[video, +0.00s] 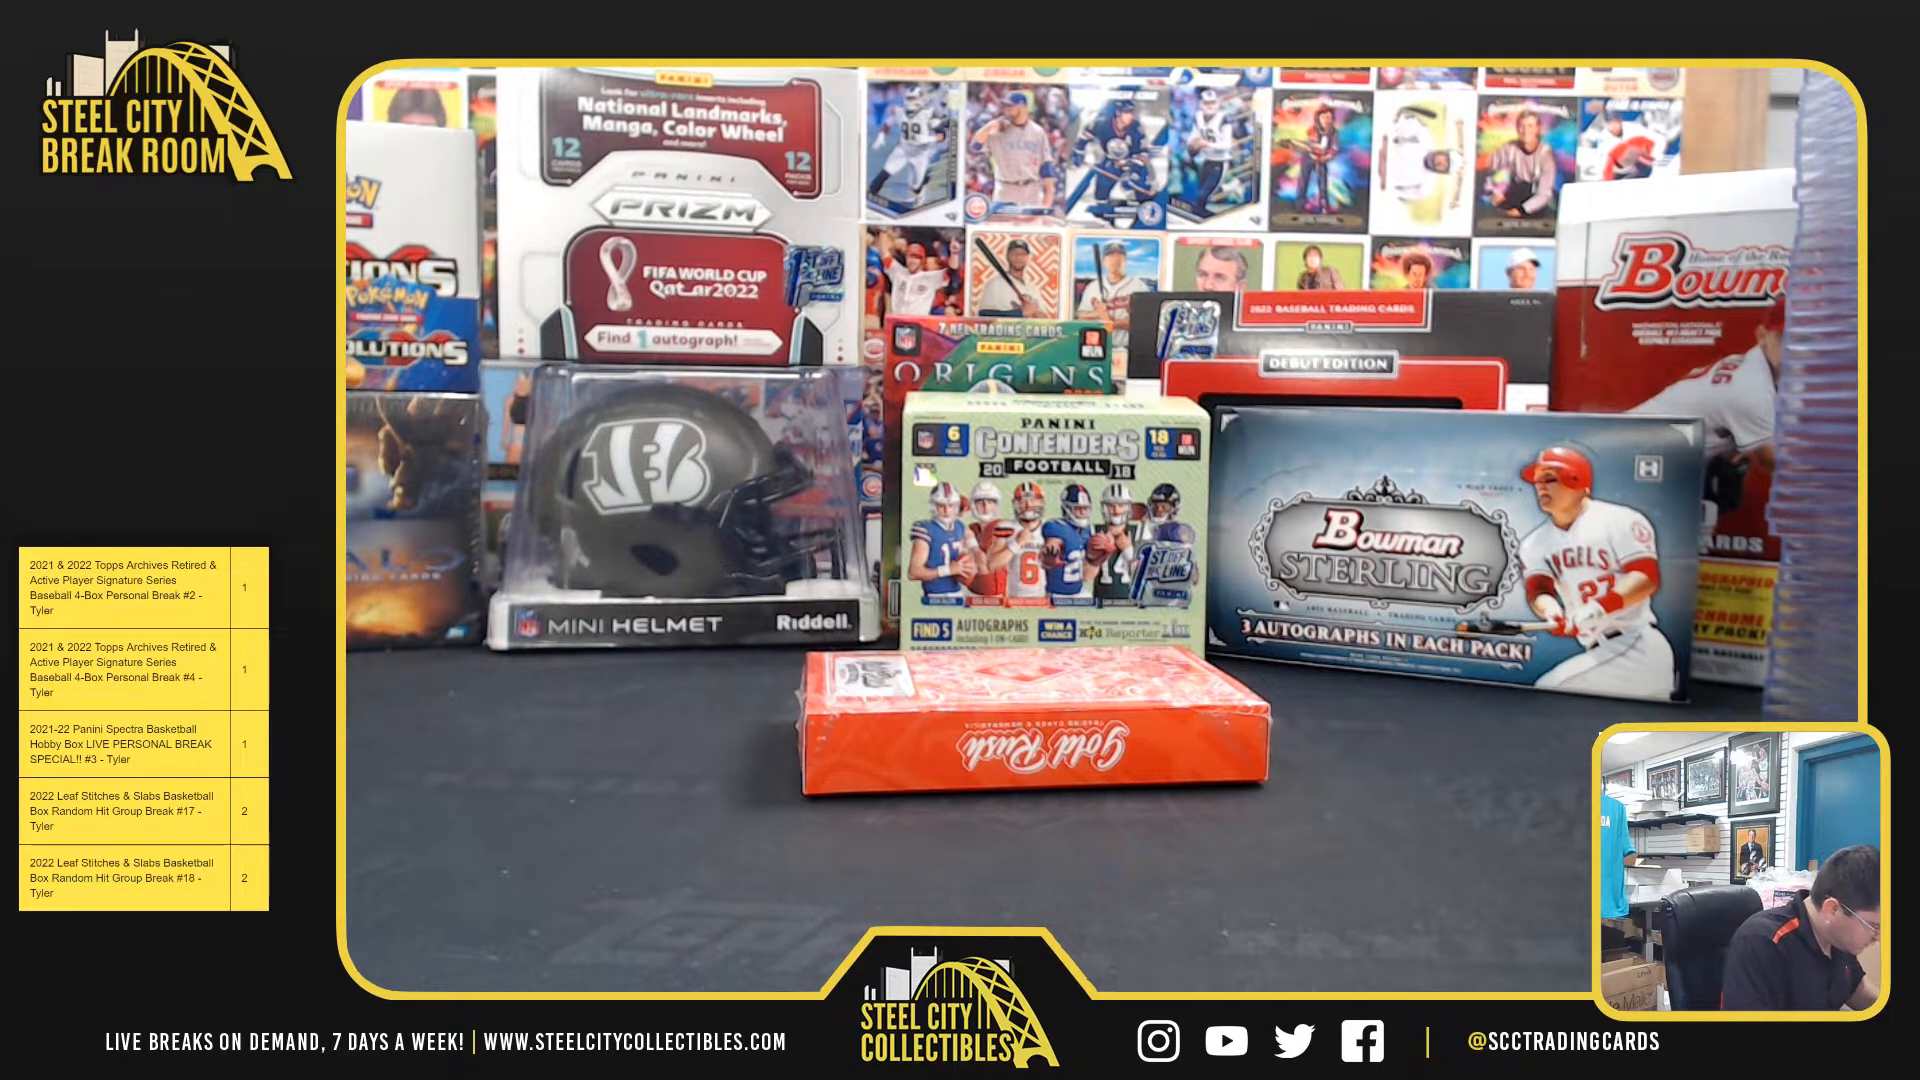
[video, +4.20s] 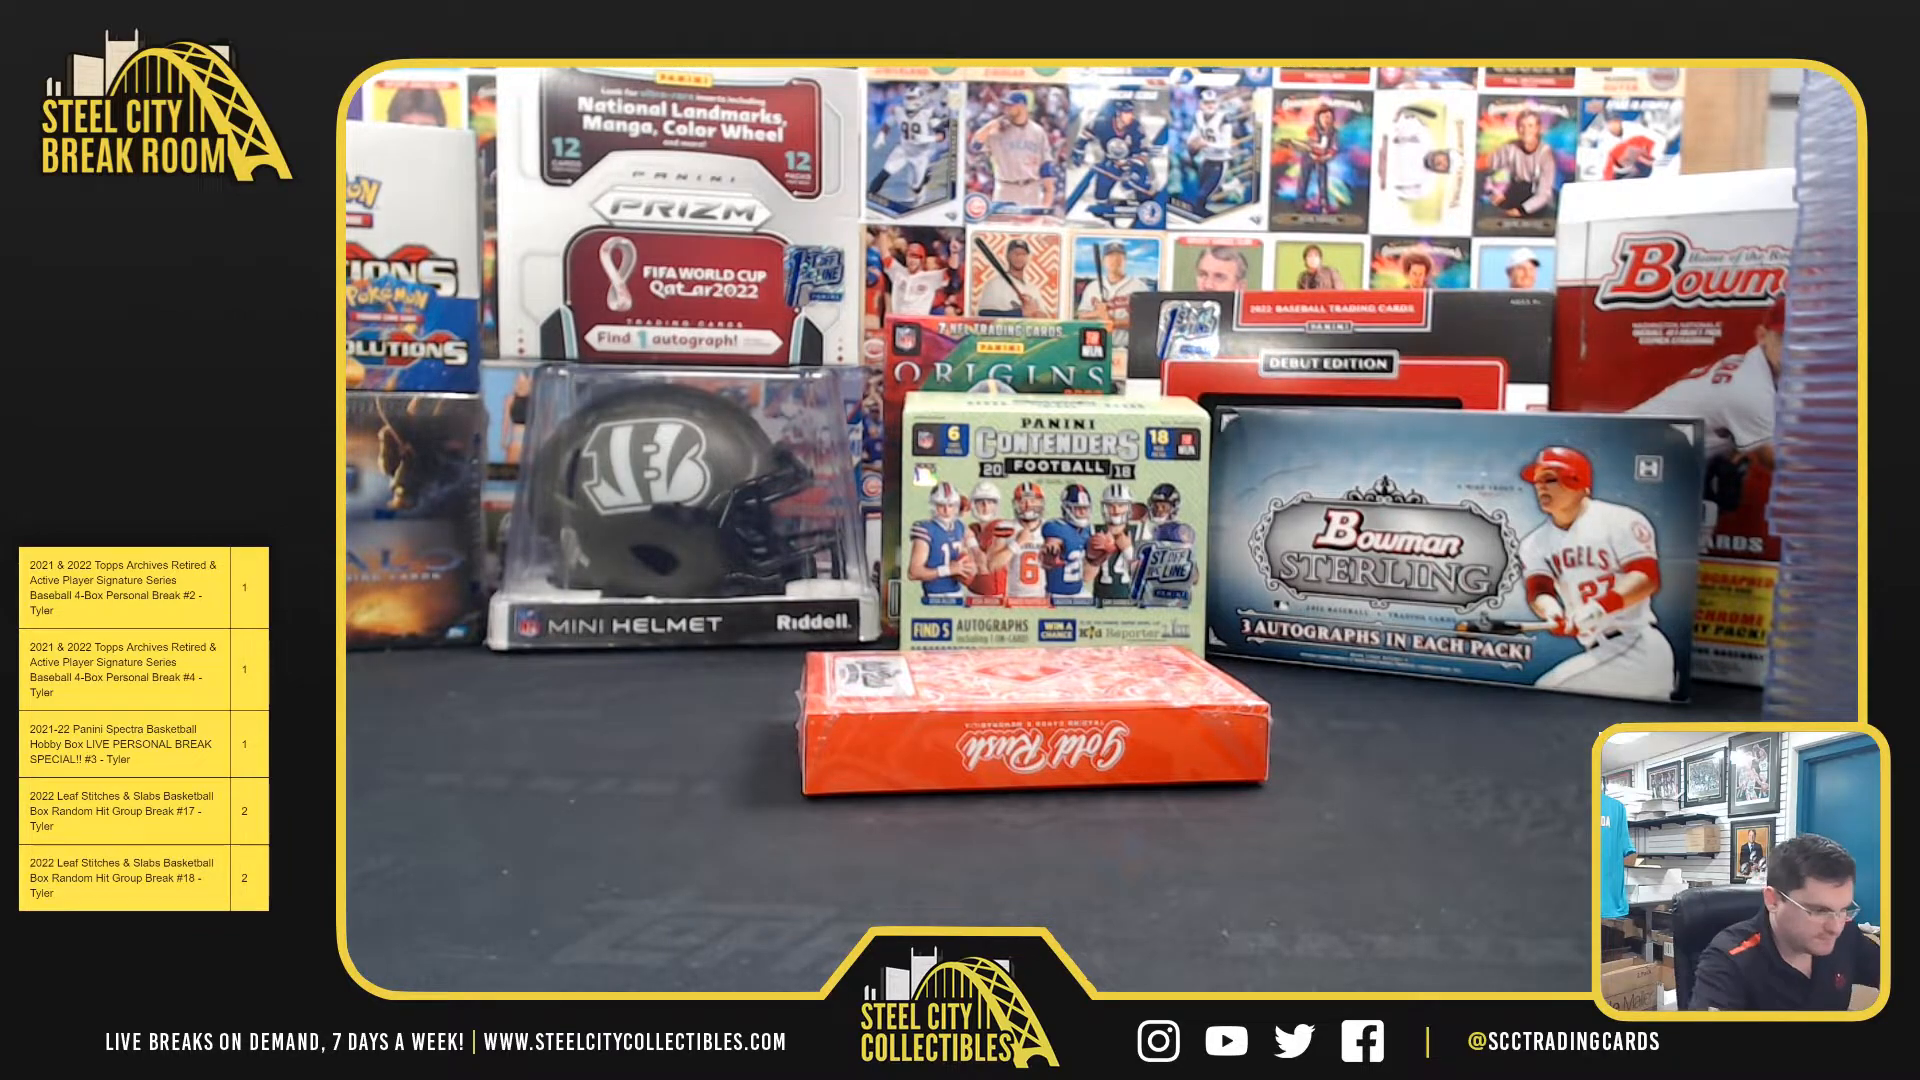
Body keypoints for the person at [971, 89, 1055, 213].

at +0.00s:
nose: (1007, 110)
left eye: (1011, 106)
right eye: (1006, 106)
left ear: (1022, 107)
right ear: (1004, 107)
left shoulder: (1038, 132)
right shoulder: (997, 129)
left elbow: (1046, 166)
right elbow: (974, 147)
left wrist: (1048, 200)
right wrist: (990, 127)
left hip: (1031, 186)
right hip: (1005, 186)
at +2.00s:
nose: (1006, 110)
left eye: (1010, 106)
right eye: (1006, 106)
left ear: (1022, 107)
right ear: (1004, 107)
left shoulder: (1038, 132)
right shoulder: (997, 129)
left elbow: (1046, 167)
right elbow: (975, 147)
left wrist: (1048, 200)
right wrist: (990, 127)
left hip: (1031, 186)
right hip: (1004, 186)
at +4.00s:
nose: (1006, 110)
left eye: (1010, 106)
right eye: (1005, 106)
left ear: (1022, 107)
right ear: (1004, 107)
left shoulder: (1038, 132)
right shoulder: (996, 129)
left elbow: (1046, 166)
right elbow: (974, 148)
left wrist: (1048, 198)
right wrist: (990, 127)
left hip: (1031, 186)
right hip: (1005, 186)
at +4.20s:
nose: (1006, 110)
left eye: (1010, 106)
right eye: (1005, 106)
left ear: (1022, 107)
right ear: (1004, 107)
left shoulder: (1038, 132)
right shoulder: (996, 129)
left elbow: (1046, 166)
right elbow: (974, 148)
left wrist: (1048, 198)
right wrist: (990, 127)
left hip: (1031, 186)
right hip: (1005, 186)